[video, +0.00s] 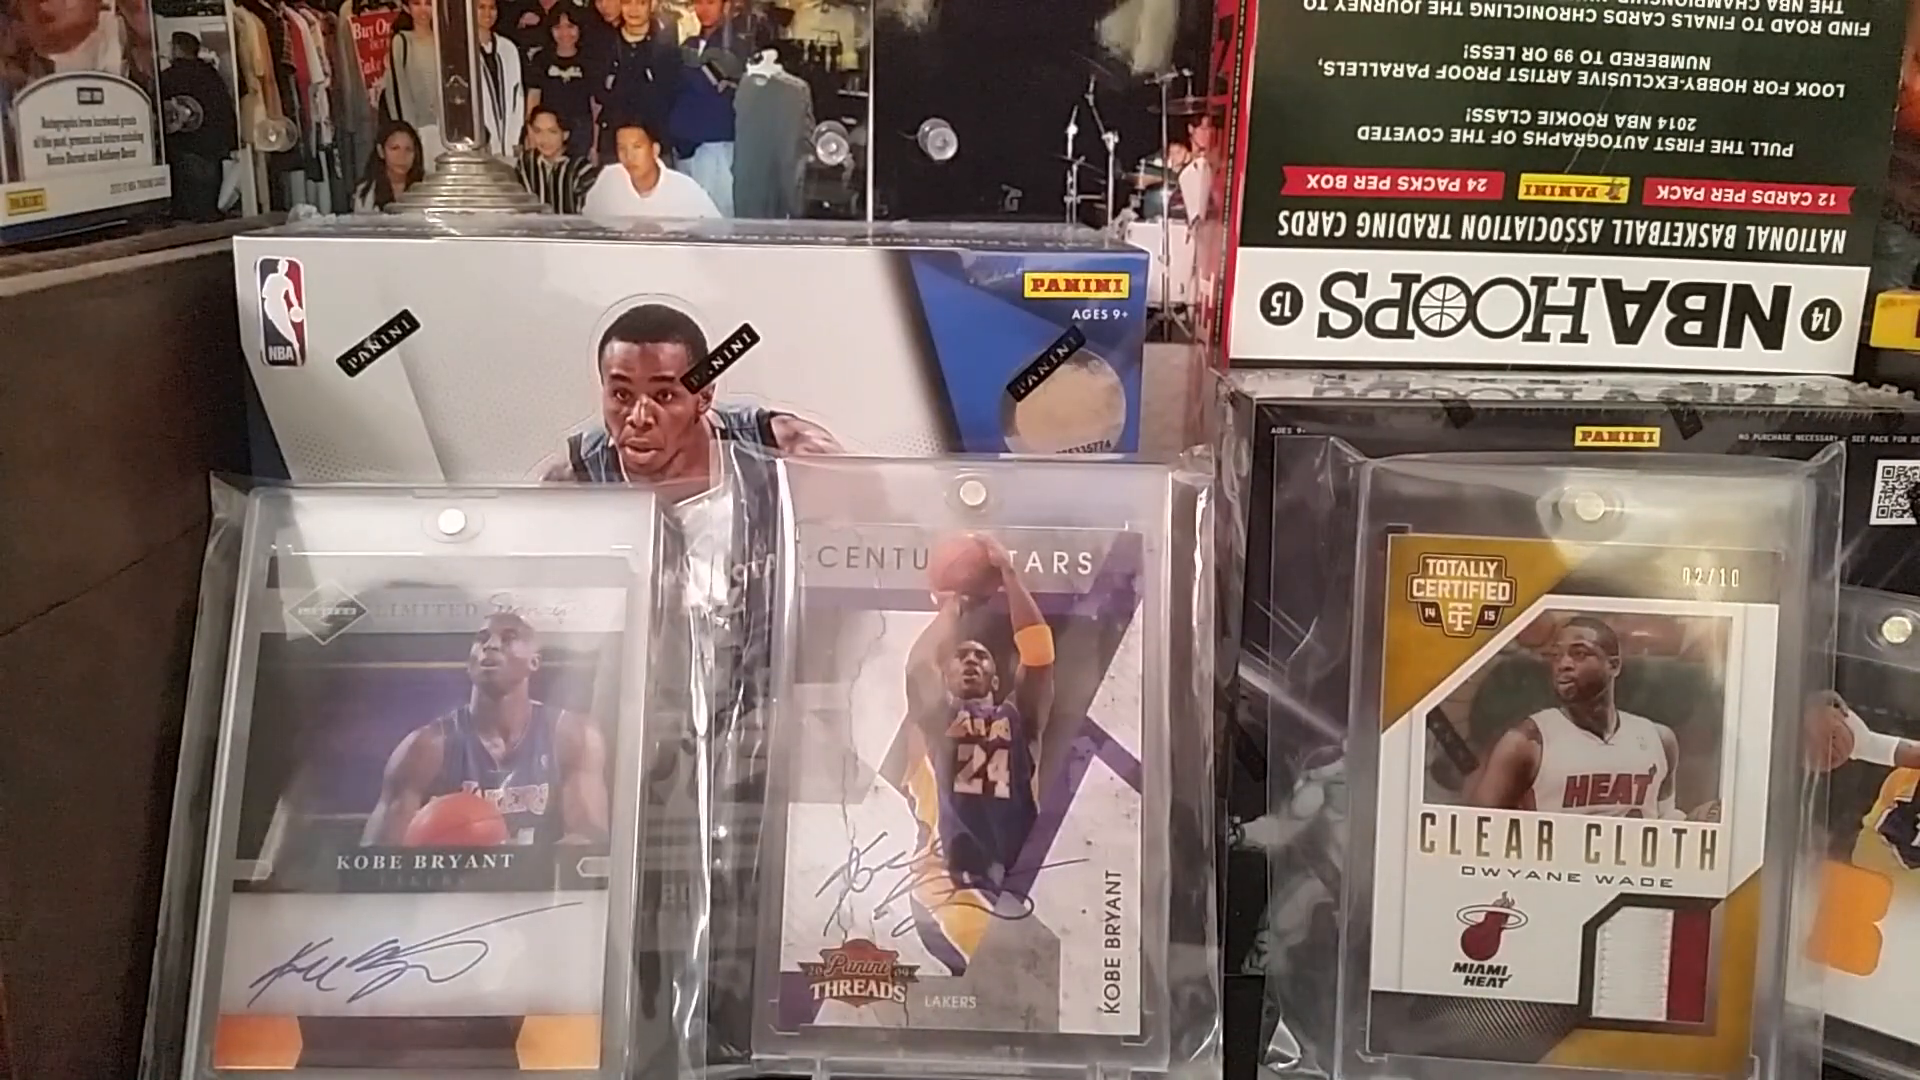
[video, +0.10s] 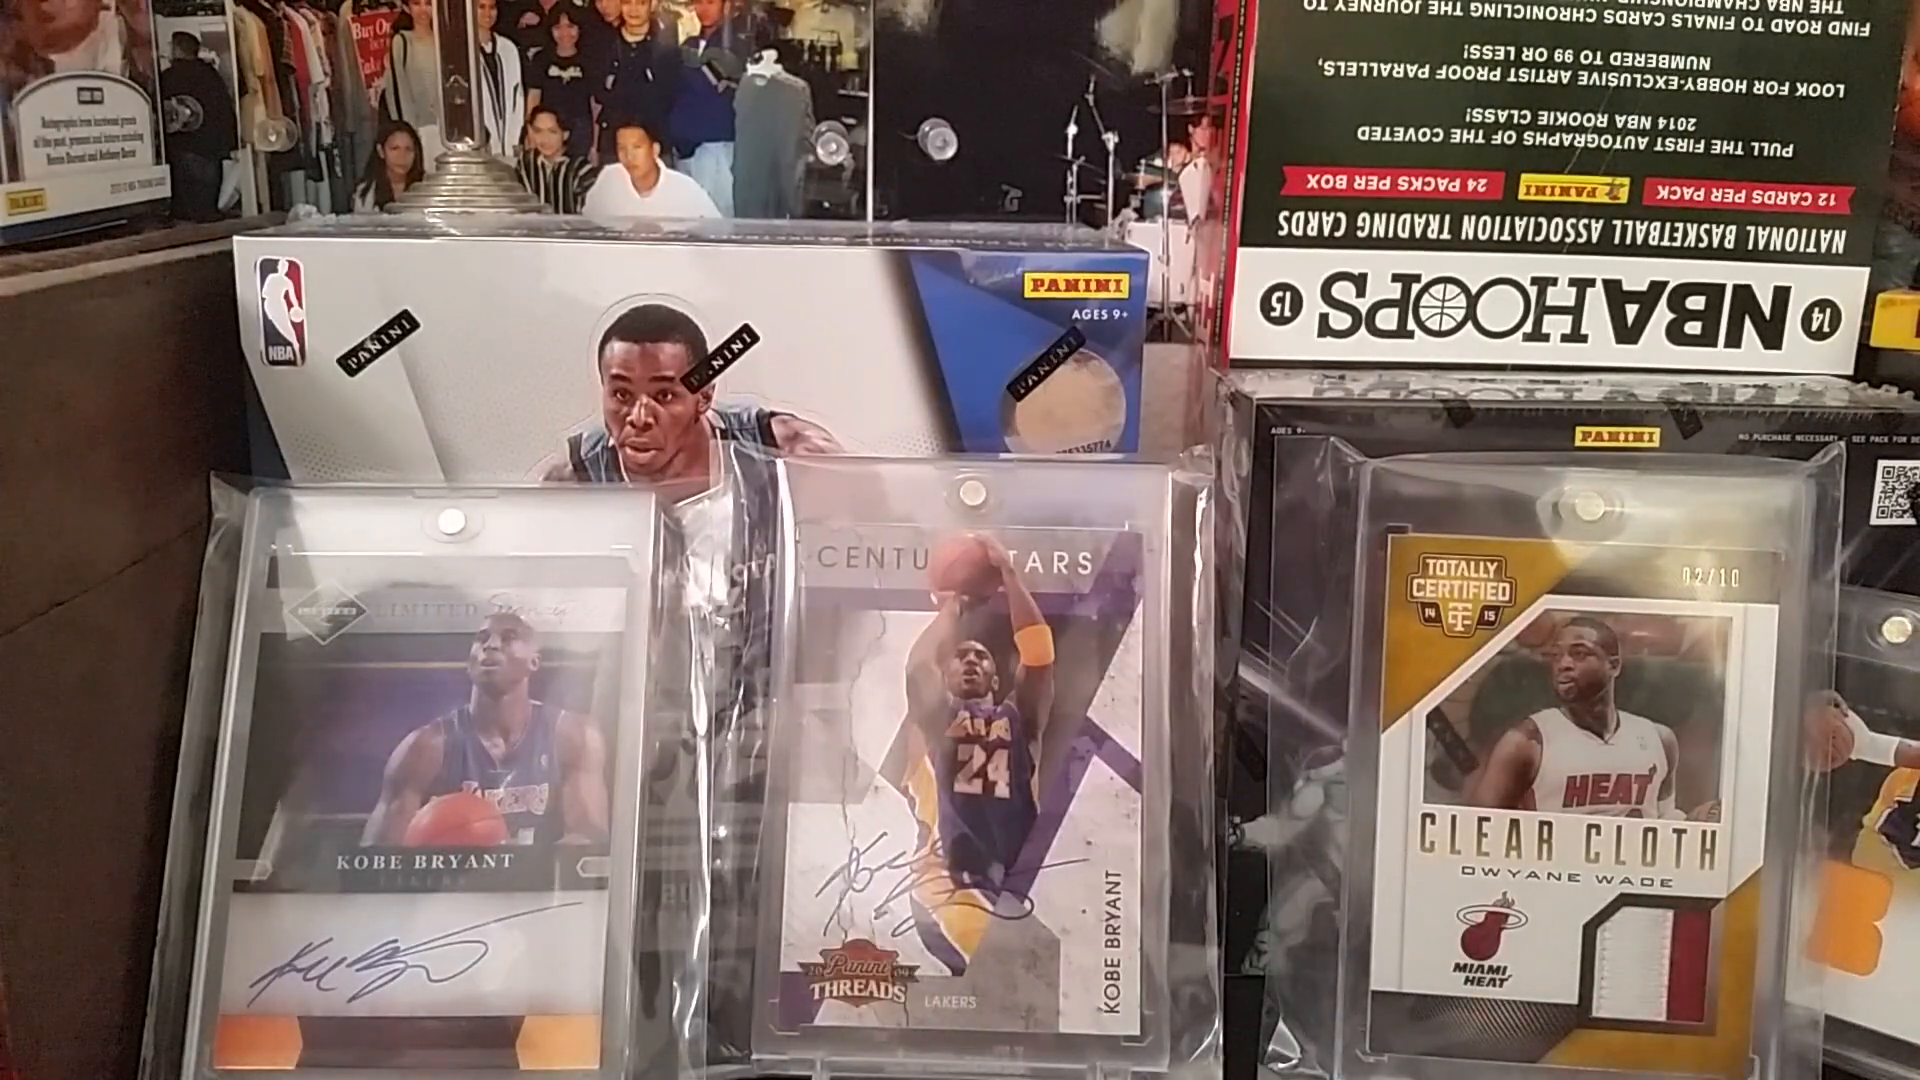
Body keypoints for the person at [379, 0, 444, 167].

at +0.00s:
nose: (423, 9)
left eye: (428, 3)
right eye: (417, 4)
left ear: (434, 7)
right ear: (407, 8)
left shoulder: (441, 38)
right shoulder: (401, 40)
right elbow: (399, 84)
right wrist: (407, 125)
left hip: (446, 117)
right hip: (419, 120)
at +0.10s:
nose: (423, 9)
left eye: (428, 3)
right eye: (417, 4)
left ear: (434, 7)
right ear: (407, 8)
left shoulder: (441, 38)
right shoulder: (401, 40)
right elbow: (400, 83)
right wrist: (409, 124)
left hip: (445, 117)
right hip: (419, 119)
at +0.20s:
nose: (423, 9)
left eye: (428, 3)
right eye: (417, 4)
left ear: (434, 7)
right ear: (407, 8)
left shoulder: (441, 38)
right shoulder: (401, 40)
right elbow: (399, 83)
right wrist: (408, 123)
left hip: (445, 116)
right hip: (419, 119)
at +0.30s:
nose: (424, 9)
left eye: (428, 3)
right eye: (417, 4)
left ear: (435, 7)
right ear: (407, 8)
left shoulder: (441, 38)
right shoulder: (401, 40)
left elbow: (451, 77)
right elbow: (400, 84)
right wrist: (409, 125)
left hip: (445, 117)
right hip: (418, 119)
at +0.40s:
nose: (423, 9)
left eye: (428, 3)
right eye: (417, 4)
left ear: (435, 7)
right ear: (407, 8)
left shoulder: (442, 38)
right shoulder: (401, 40)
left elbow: (452, 77)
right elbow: (400, 83)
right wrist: (409, 124)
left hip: (445, 117)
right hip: (419, 120)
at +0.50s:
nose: (424, 10)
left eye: (429, 4)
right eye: (417, 4)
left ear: (435, 7)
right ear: (408, 8)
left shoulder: (442, 38)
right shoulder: (402, 40)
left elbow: (452, 77)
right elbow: (401, 84)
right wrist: (409, 124)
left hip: (445, 117)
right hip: (419, 120)